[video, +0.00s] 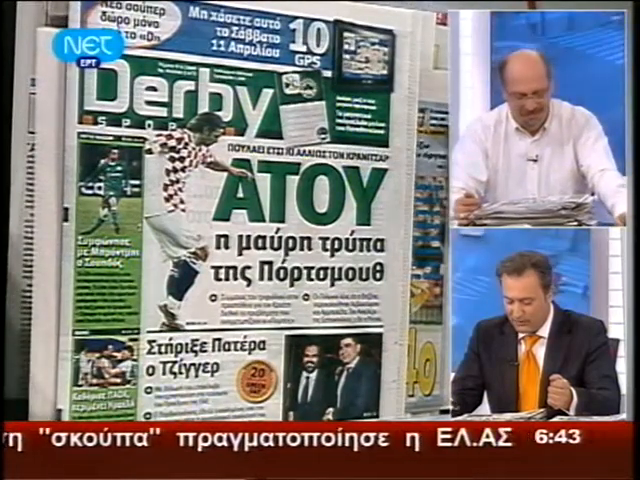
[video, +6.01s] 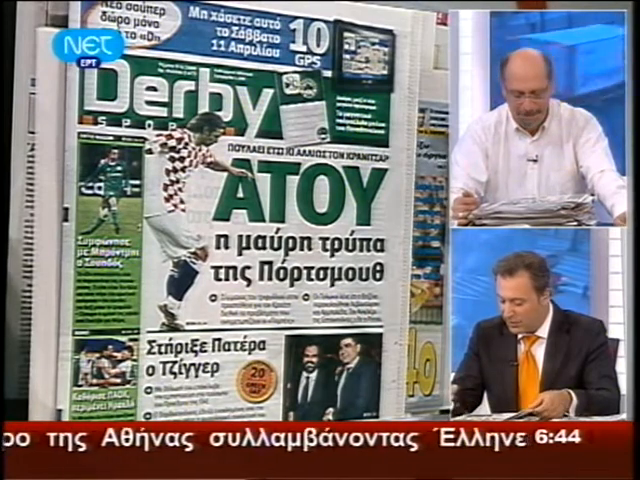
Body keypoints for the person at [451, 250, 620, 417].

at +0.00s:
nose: (516, 312)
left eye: (526, 302)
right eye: (509, 302)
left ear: (549, 294)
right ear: (503, 297)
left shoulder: (588, 332)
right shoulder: (487, 334)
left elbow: (610, 403)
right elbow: (461, 401)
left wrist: (574, 400)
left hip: (568, 451)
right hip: (505, 450)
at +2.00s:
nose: (516, 312)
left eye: (526, 302)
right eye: (509, 301)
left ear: (549, 294)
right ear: (503, 297)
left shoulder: (588, 332)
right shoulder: (487, 334)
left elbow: (610, 403)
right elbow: (464, 394)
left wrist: (574, 400)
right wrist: (457, 401)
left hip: (567, 451)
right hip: (503, 450)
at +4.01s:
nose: (510, 312)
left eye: (521, 303)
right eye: (505, 302)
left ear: (547, 297)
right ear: (500, 297)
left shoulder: (588, 333)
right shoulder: (486, 334)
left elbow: (610, 402)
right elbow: (461, 399)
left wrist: (572, 400)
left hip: (569, 450)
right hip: (505, 449)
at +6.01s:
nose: (507, 313)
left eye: (518, 303)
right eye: (502, 302)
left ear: (545, 297)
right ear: (497, 297)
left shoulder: (588, 333)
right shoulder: (486, 334)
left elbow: (610, 402)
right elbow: (462, 401)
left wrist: (569, 400)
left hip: (569, 452)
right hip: (505, 451)